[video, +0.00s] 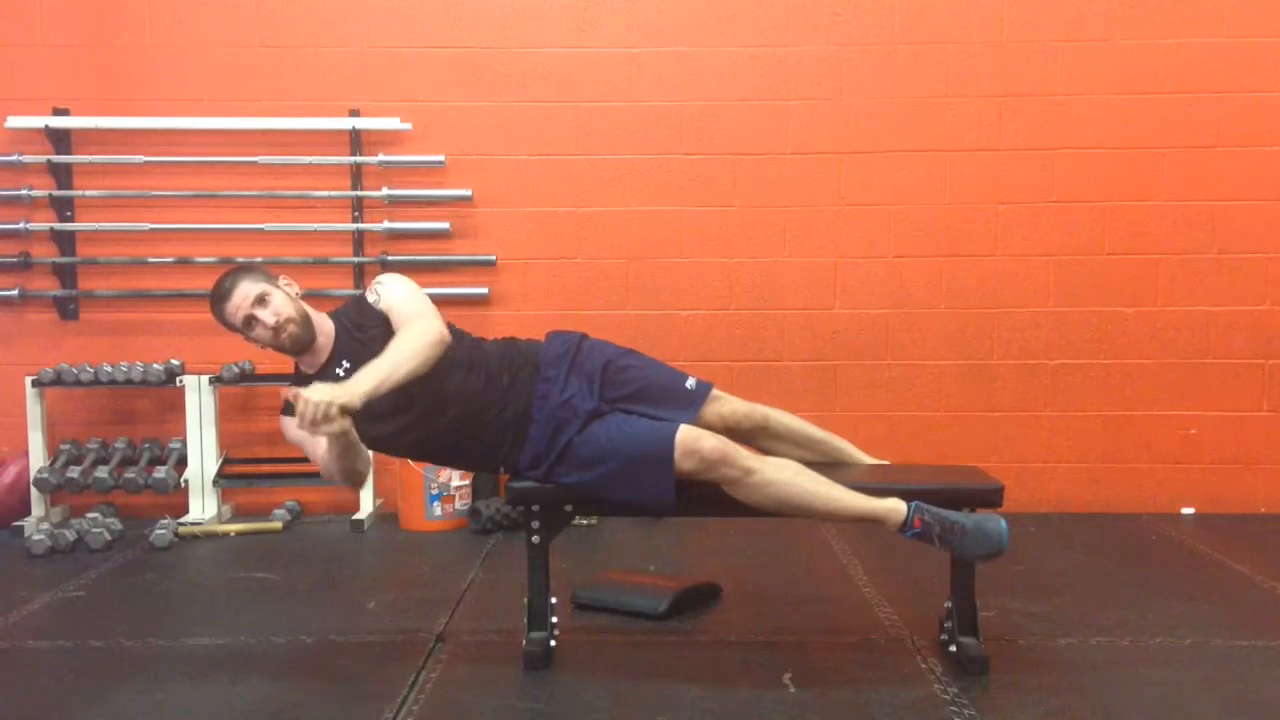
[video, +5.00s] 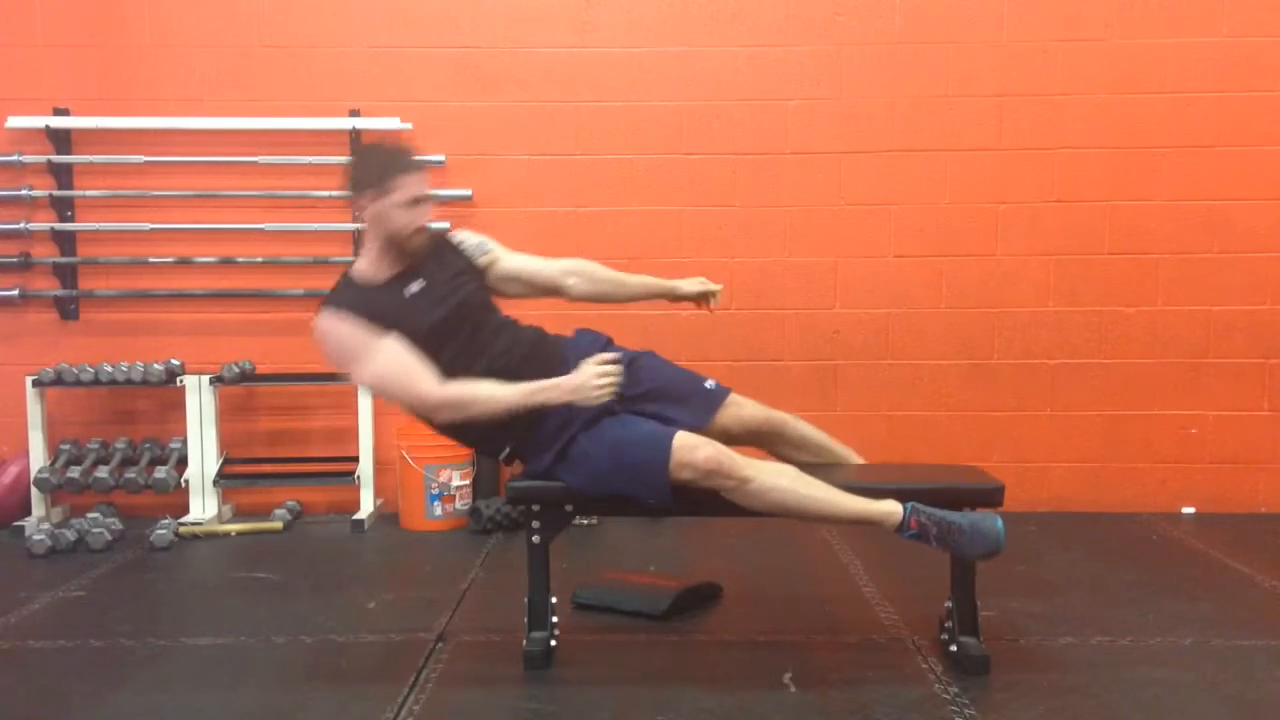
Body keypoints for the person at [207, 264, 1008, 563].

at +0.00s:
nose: (268, 318)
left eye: (264, 300)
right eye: (250, 323)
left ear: (288, 284)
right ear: (249, 344)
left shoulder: (375, 292)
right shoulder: (311, 407)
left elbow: (427, 339)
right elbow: (357, 493)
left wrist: (350, 398)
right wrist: (329, 441)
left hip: (564, 367)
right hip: (544, 451)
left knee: (738, 416)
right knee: (708, 455)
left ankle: (910, 493)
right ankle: (914, 520)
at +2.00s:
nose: (280, 332)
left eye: (276, 310)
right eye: (259, 334)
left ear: (295, 291)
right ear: (252, 350)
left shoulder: (371, 301)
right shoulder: (305, 421)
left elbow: (483, 312)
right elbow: (378, 507)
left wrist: (405, 401)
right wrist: (394, 441)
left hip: (569, 369)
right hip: (547, 451)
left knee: (739, 416)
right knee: (708, 453)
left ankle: (906, 492)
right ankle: (913, 519)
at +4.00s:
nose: (295, 327)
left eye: (294, 307)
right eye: (275, 326)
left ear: (312, 284)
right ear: (260, 337)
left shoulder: (368, 293)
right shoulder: (301, 400)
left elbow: (385, 321)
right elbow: (323, 420)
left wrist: (345, 360)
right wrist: (328, 399)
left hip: (568, 365)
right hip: (548, 446)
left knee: (737, 415)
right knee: (708, 454)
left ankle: (909, 491)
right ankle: (912, 520)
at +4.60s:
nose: (308, 305)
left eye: (309, 287)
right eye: (287, 303)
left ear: (324, 274)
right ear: (268, 318)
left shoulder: (376, 291)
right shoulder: (306, 399)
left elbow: (469, 315)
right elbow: (384, 452)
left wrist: (406, 362)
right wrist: (403, 374)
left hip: (566, 363)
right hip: (541, 442)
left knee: (739, 416)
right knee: (720, 461)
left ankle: (900, 483)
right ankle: (906, 520)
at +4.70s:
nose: (325, 295)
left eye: (327, 277)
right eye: (302, 294)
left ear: (339, 263)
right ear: (279, 307)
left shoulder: (393, 287)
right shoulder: (312, 392)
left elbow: (520, 333)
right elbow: (396, 450)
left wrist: (475, 393)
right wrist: (476, 379)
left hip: (582, 364)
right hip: (547, 443)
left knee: (748, 418)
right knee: (721, 465)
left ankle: (904, 487)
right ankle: (911, 523)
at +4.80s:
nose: (359, 265)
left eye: (361, 247)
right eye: (338, 259)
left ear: (368, 238)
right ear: (302, 271)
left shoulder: (414, 276)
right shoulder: (319, 375)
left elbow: (535, 297)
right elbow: (419, 435)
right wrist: (512, 410)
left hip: (580, 365)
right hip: (543, 444)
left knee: (748, 416)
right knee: (717, 460)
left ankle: (892, 480)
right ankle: (915, 523)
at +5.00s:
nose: (433, 211)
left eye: (430, 198)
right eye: (417, 201)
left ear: (418, 198)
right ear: (369, 209)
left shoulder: (451, 249)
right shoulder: (344, 322)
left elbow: (561, 274)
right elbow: (443, 399)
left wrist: (667, 288)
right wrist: (564, 389)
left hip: (583, 367)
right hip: (547, 434)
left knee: (755, 420)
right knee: (713, 461)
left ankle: (890, 498)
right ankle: (914, 522)